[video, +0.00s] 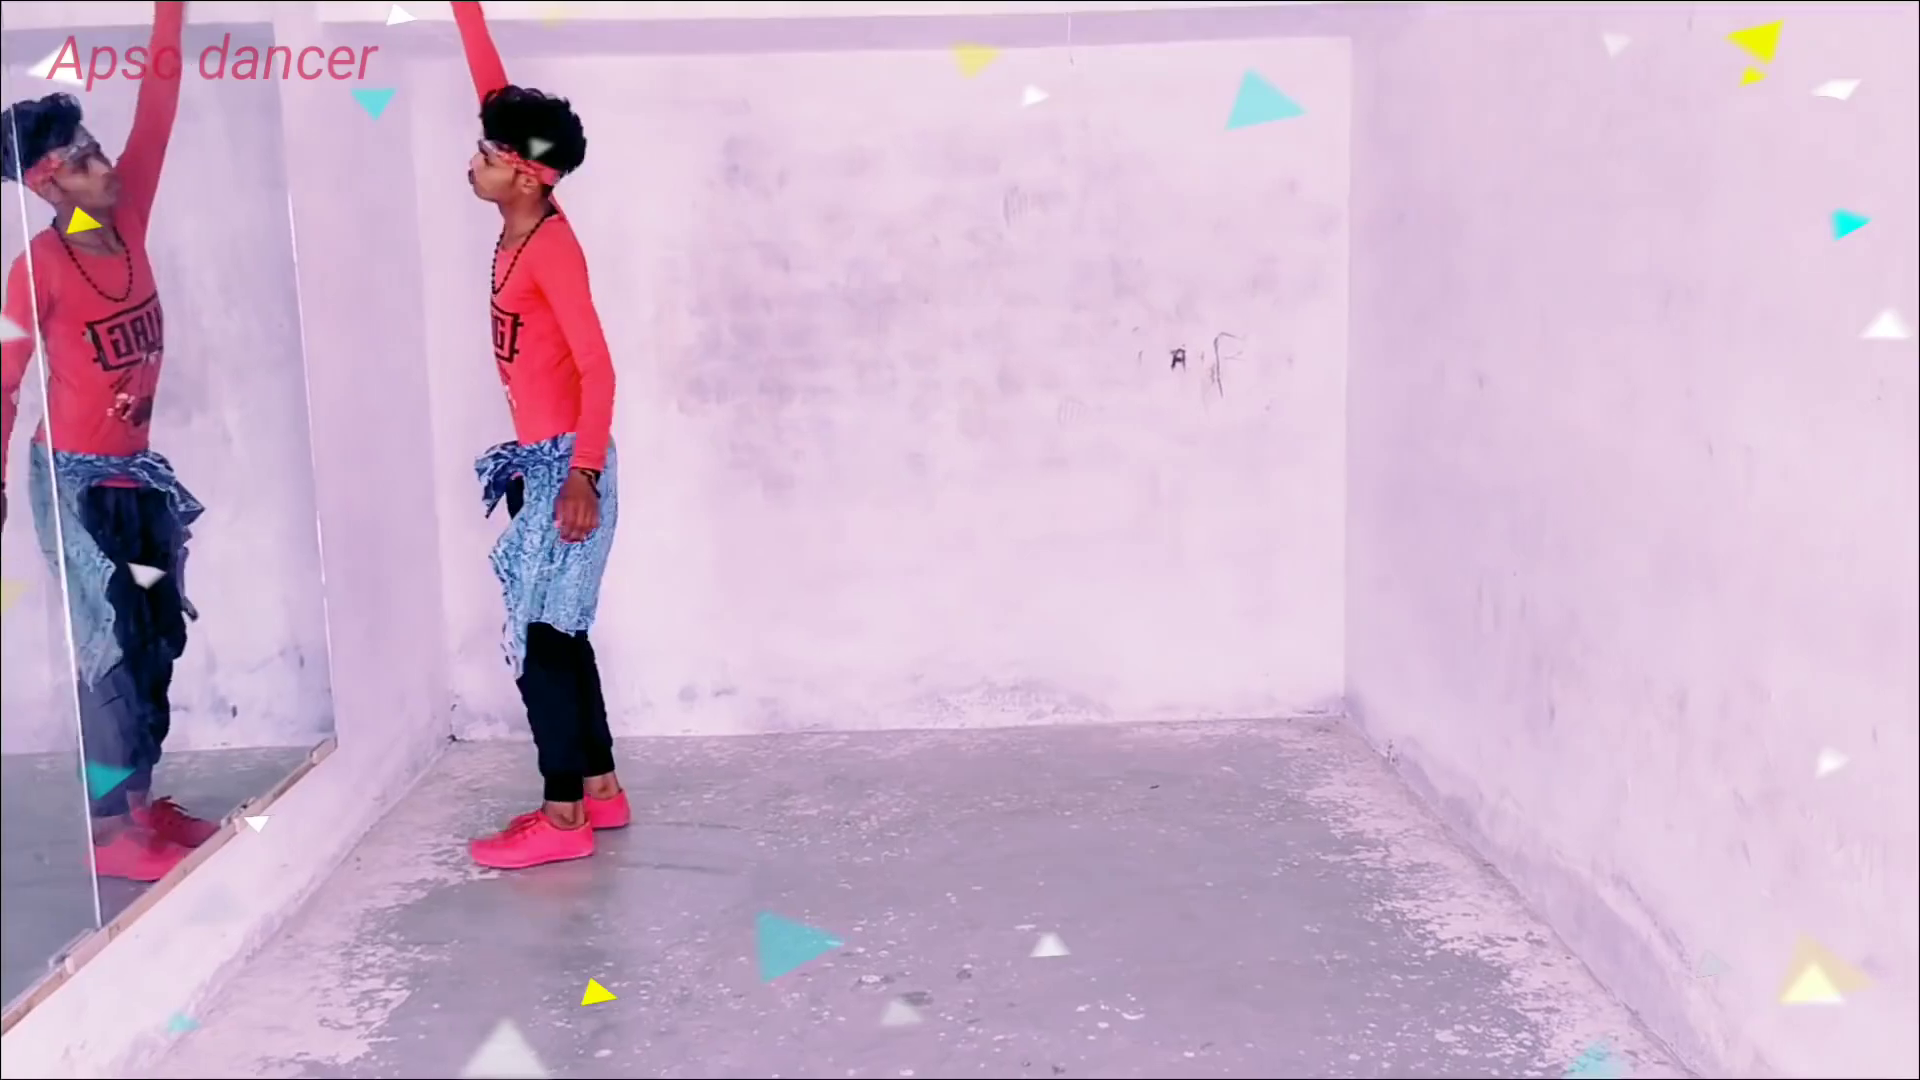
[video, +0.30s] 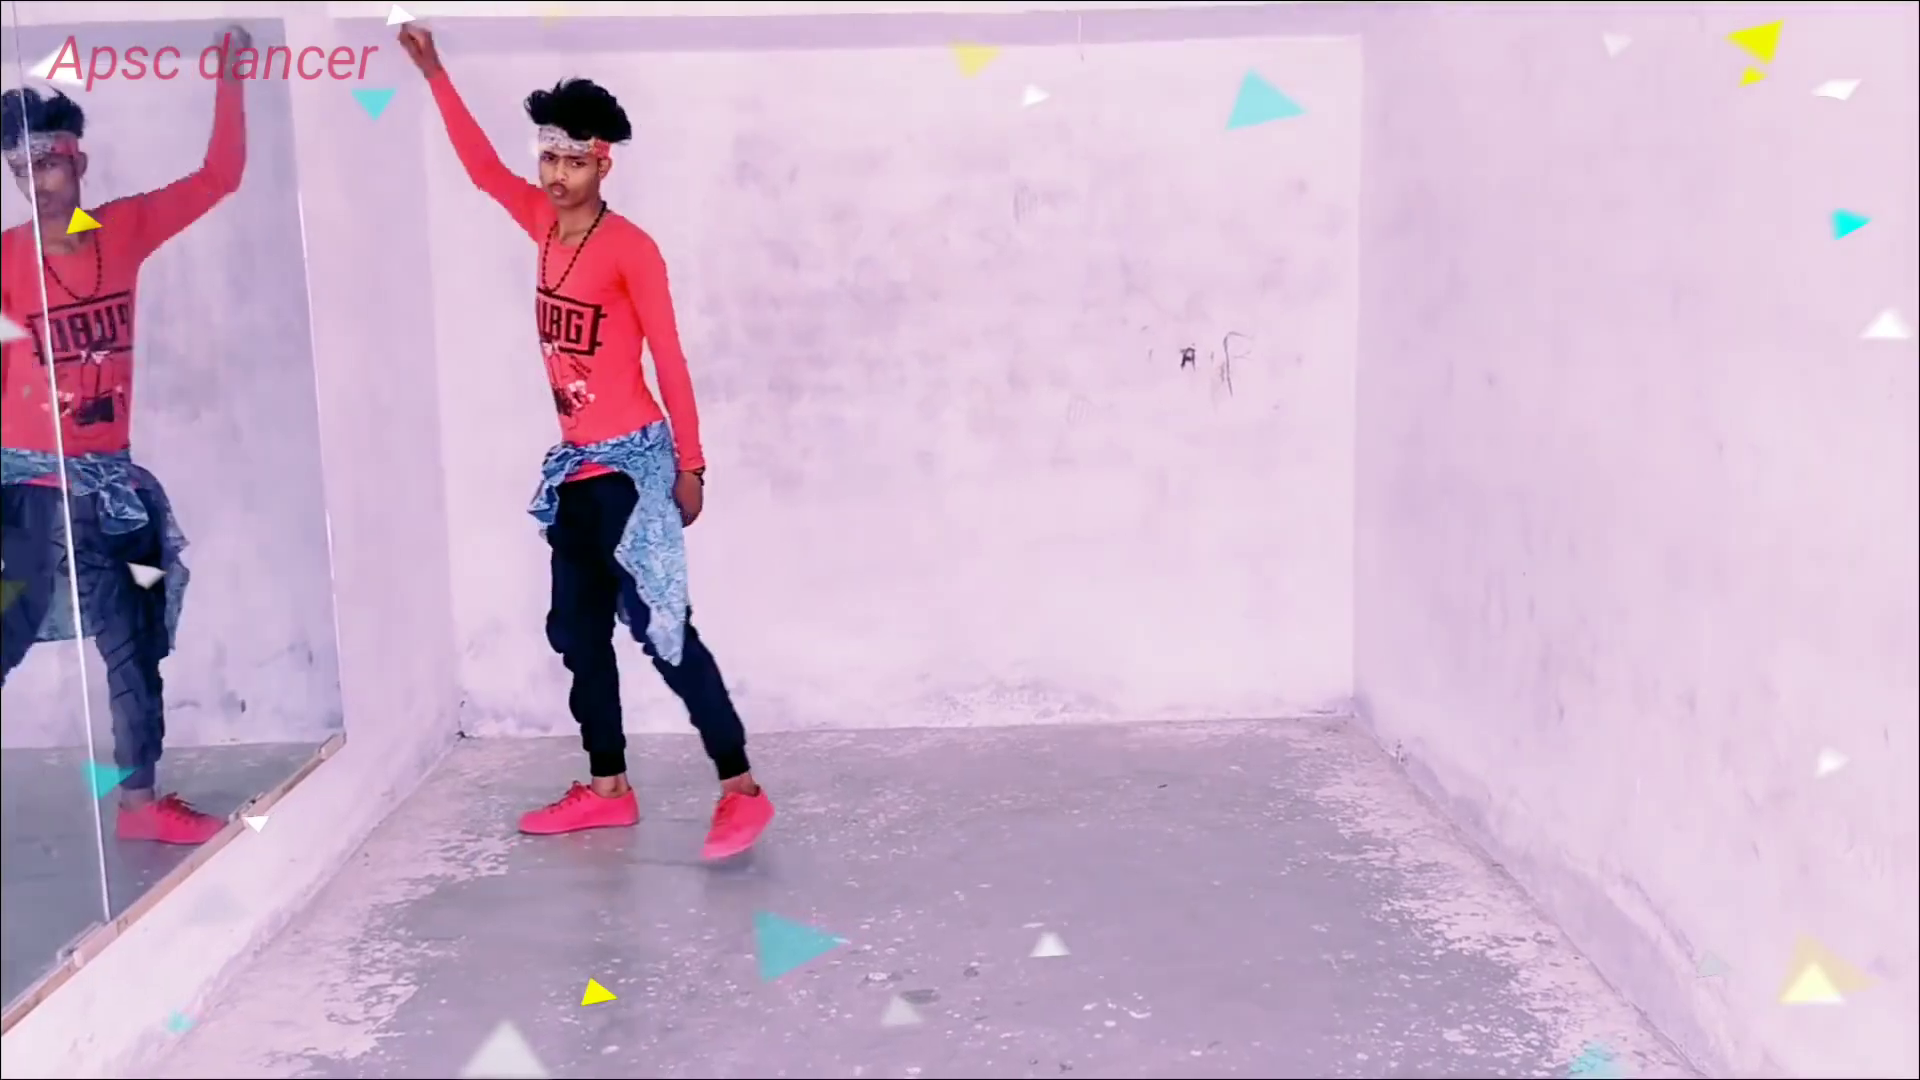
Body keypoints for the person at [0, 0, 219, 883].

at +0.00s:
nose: (102, 162)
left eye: (95, 149)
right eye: (81, 158)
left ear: (103, 160)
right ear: (46, 183)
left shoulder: (123, 217)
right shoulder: (37, 270)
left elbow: (158, 102)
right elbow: (3, 389)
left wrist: (171, 4)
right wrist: (4, 483)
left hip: (137, 468)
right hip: (75, 476)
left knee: (154, 634)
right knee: (106, 641)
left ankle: (142, 805)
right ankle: (108, 827)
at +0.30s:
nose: (51, 174)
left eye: (62, 160)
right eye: (35, 163)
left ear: (83, 162)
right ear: (13, 172)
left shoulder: (125, 228)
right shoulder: (8, 256)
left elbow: (221, 175)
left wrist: (231, 71)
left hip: (106, 475)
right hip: (26, 478)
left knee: (129, 635)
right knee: (15, 633)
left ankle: (139, 800)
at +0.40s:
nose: (23, 179)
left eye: (32, 164)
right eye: (9, 166)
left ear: (51, 164)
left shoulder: (99, 245)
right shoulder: (2, 257)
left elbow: (219, 258)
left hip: (80, 478)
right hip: (8, 479)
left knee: (121, 629)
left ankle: (139, 798)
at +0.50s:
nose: (6, 183)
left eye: (10, 169)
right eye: (1, 171)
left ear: (20, 172)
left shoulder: (60, 265)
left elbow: (153, 324)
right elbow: (155, 324)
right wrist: (234, 342)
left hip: (42, 484)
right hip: (5, 488)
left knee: (116, 627)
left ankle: (137, 798)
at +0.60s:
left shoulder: (23, 292)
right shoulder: (22, 292)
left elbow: (81, 370)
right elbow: (82, 371)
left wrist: (127, 441)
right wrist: (128, 441)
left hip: (14, 507)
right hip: (9, 511)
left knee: (94, 636)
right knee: (91, 579)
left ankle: (131, 798)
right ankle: (128, 795)